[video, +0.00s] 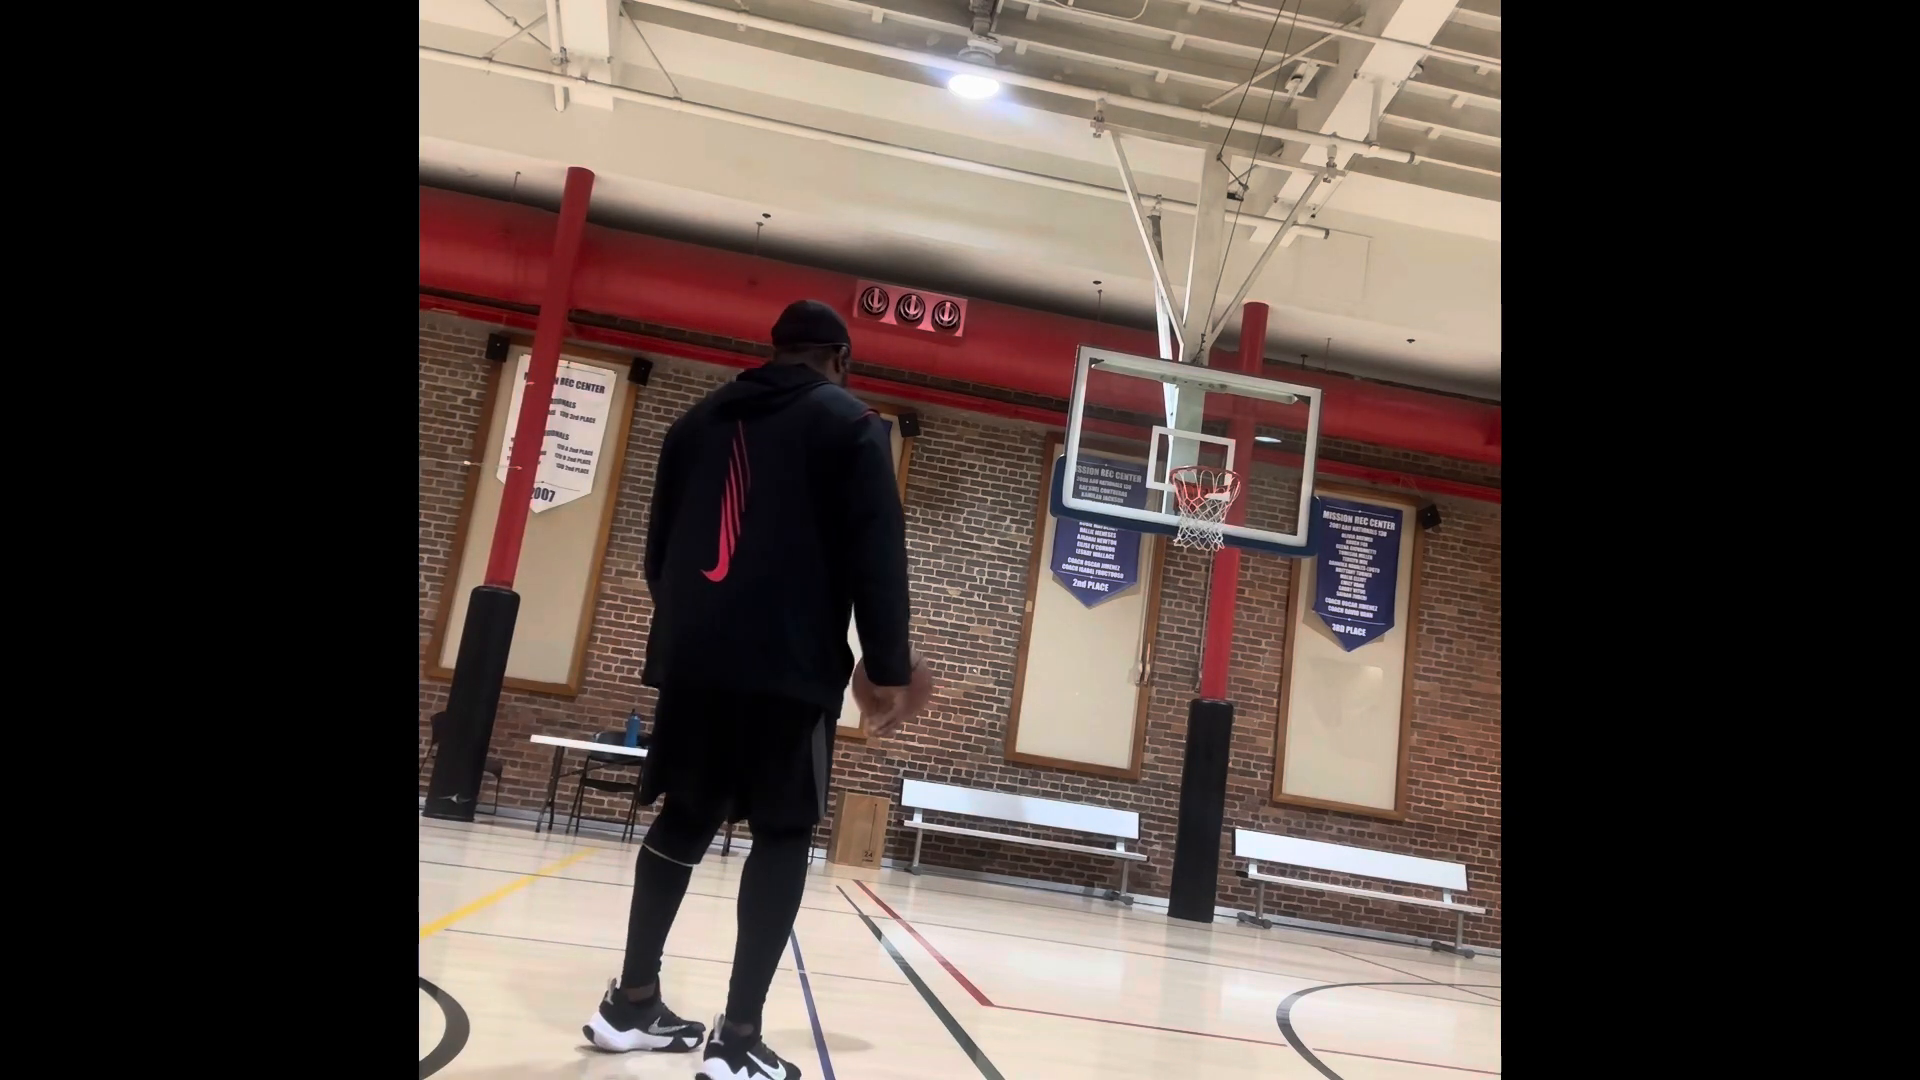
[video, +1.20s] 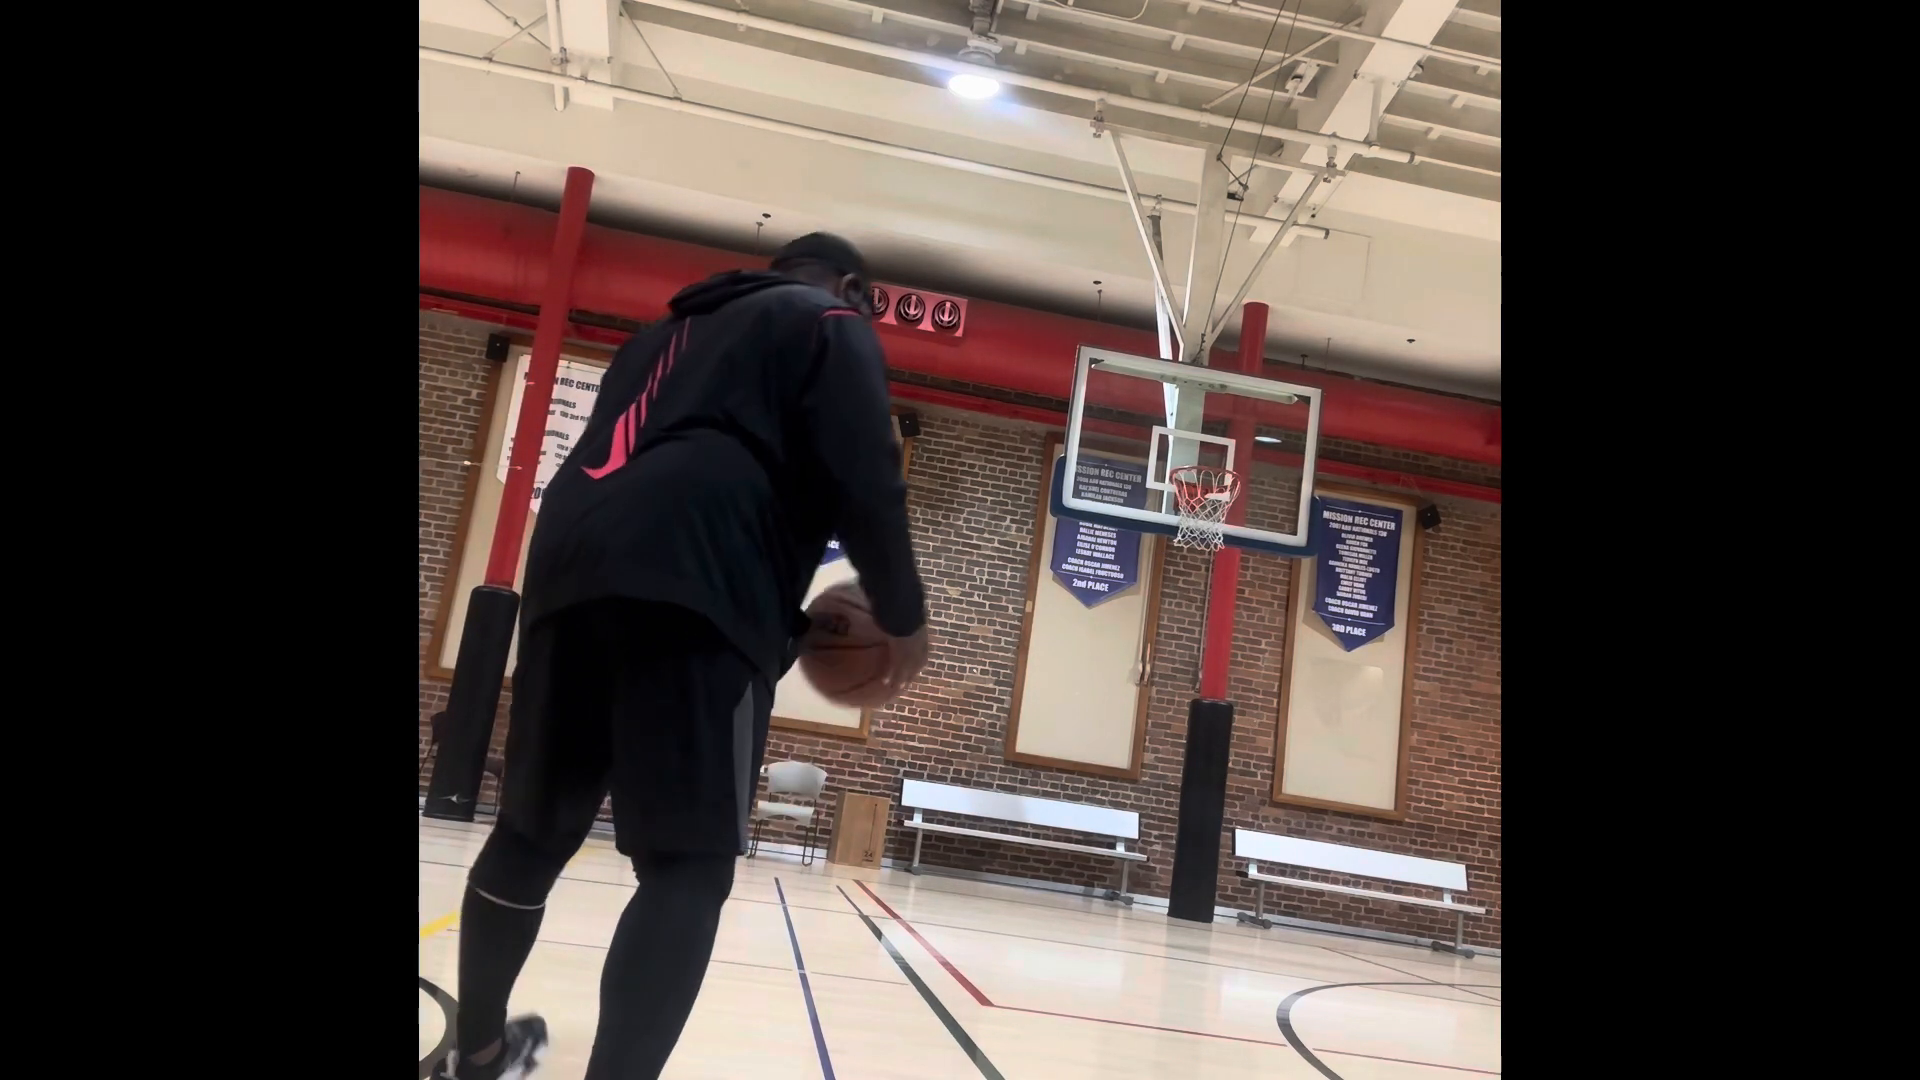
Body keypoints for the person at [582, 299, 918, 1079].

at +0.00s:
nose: (846, 376)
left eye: (842, 367)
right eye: (847, 366)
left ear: (773, 352)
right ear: (834, 359)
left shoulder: (702, 417)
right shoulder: (849, 427)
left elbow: (660, 545)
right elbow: (877, 553)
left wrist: (688, 628)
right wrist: (890, 666)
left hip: (692, 657)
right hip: (790, 667)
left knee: (689, 812)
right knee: (784, 835)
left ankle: (632, 1000)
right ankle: (738, 1037)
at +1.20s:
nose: (861, 320)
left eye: (864, 310)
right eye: (863, 308)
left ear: (774, 268)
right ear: (846, 288)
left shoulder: (666, 333)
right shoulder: (831, 319)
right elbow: (867, 474)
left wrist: (788, 618)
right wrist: (904, 618)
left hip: (566, 575)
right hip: (692, 588)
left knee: (531, 827)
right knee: (689, 866)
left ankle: (473, 1048)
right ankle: (618, 1070)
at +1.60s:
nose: (920, 302)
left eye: (926, 289)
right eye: (921, 278)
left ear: (833, 225)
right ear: (892, 239)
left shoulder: (736, 275)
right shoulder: (856, 266)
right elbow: (871, 400)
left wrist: (818, 586)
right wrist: (915, 573)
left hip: (539, 536)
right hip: (677, 555)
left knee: (475, 822)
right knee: (686, 848)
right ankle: (617, 1072)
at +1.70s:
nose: (909, 302)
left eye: (915, 288)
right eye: (910, 276)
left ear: (824, 222)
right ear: (877, 236)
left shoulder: (726, 273)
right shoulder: (846, 260)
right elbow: (871, 397)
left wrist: (803, 597)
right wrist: (888, 561)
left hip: (527, 530)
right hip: (670, 551)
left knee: (473, 819)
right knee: (678, 847)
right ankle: (614, 1071)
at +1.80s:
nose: (890, 295)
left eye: (896, 282)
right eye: (890, 274)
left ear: (800, 218)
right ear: (856, 236)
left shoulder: (697, 277)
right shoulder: (824, 261)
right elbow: (881, 379)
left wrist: (789, 595)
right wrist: (873, 553)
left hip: (516, 526)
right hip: (658, 547)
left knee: (466, 821)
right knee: (666, 848)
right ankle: (610, 1068)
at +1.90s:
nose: (860, 288)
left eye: (867, 276)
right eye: (862, 270)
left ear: (765, 214)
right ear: (834, 236)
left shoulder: (661, 284)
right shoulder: (804, 262)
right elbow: (880, 382)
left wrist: (751, 589)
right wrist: (850, 556)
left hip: (498, 522)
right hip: (641, 539)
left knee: (460, 813)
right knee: (652, 844)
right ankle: (604, 1068)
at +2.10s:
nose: (800, 271)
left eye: (801, 261)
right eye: (799, 256)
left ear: (699, 223)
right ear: (777, 238)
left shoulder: (592, 284)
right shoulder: (779, 281)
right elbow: (821, 434)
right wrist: (778, 593)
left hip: (473, 527)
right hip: (622, 546)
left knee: (440, 823)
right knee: (618, 843)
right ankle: (591, 1067)